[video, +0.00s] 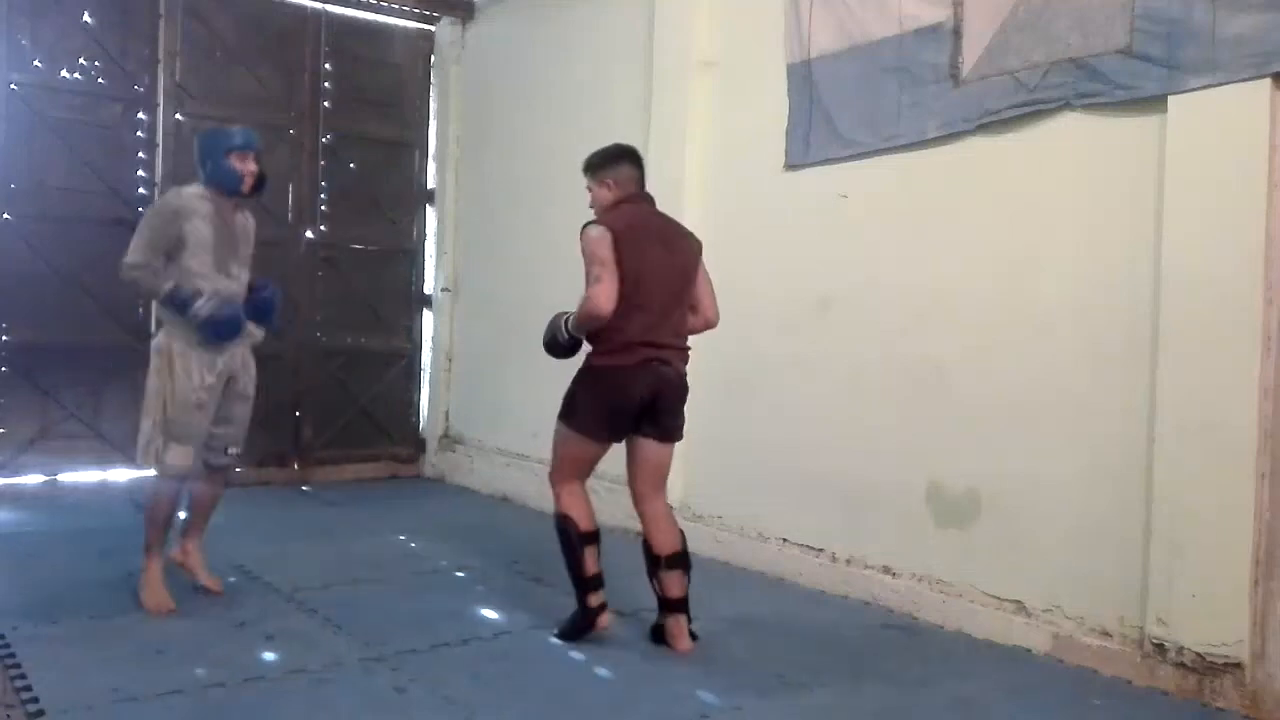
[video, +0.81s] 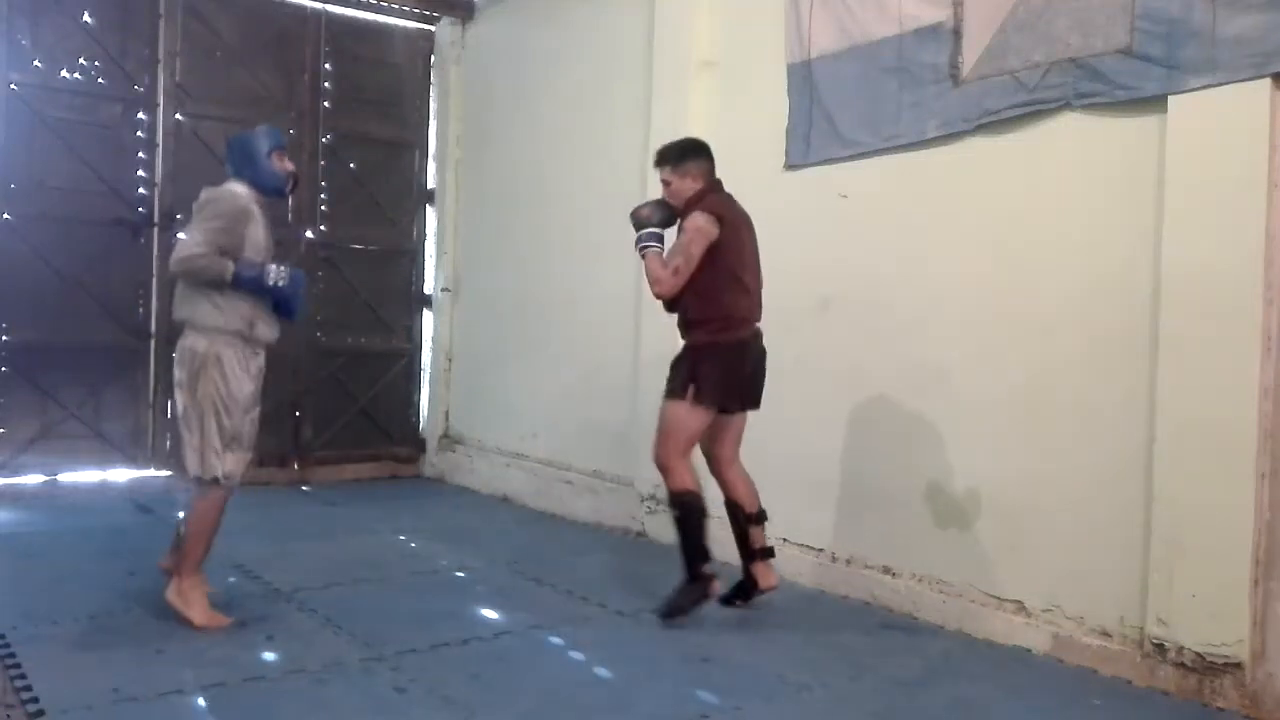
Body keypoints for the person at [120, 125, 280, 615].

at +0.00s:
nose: (251, 166)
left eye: (254, 159)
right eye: (241, 157)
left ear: (255, 169)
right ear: (215, 161)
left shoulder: (245, 221)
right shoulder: (179, 204)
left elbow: (230, 280)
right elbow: (136, 265)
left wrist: (254, 299)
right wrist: (192, 305)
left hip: (236, 350)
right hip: (186, 351)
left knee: (219, 459)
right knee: (175, 461)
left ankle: (191, 546)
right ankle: (152, 564)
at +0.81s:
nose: (289, 164)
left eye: (286, 155)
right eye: (279, 155)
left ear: (263, 163)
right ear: (256, 161)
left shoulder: (256, 213)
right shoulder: (230, 200)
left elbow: (240, 285)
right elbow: (185, 259)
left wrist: (279, 294)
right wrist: (253, 275)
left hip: (239, 350)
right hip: (214, 349)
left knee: (223, 470)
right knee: (219, 472)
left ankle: (181, 560)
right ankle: (187, 583)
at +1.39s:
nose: (313, 190)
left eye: (314, 182)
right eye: (306, 180)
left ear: (289, 185)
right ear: (280, 179)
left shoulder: (279, 226)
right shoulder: (258, 209)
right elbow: (243, 274)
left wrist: (306, 301)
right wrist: (300, 276)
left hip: (260, 366)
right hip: (242, 366)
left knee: (256, 485)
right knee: (246, 487)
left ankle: (208, 576)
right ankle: (184, 591)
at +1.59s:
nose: (336, 215)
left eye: (339, 206)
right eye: (330, 203)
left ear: (306, 203)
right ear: (304, 200)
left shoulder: (288, 246)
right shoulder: (269, 241)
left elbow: (270, 319)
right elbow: (246, 312)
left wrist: (318, 342)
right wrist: (309, 314)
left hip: (271, 379)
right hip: (263, 380)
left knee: (260, 482)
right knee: (309, 480)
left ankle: (204, 572)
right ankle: (239, 578)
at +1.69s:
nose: (355, 208)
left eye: (357, 199)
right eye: (350, 196)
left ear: (332, 196)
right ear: (325, 193)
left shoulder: (314, 240)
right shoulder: (283, 226)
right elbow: (250, 289)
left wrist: (342, 304)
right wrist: (317, 286)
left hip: (297, 363)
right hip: (278, 364)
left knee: (265, 473)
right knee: (319, 474)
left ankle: (207, 567)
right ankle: (298, 583)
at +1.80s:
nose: (367, 214)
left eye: (369, 206)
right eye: (361, 203)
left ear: (352, 204)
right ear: (336, 199)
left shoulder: (328, 241)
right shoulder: (298, 227)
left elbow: (313, 313)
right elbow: (285, 291)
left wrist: (351, 333)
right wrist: (344, 259)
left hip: (311, 372)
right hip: (299, 373)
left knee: (281, 478)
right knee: (338, 482)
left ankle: (216, 563)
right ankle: (318, 591)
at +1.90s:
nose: (379, 225)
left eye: (383, 217)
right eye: (374, 213)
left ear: (362, 215)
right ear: (352, 208)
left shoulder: (338, 252)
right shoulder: (309, 246)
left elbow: (335, 322)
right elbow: (327, 309)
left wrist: (371, 344)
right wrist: (373, 271)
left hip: (334, 381)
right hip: (314, 382)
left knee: (323, 491)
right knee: (341, 488)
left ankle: (254, 548)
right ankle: (320, 594)